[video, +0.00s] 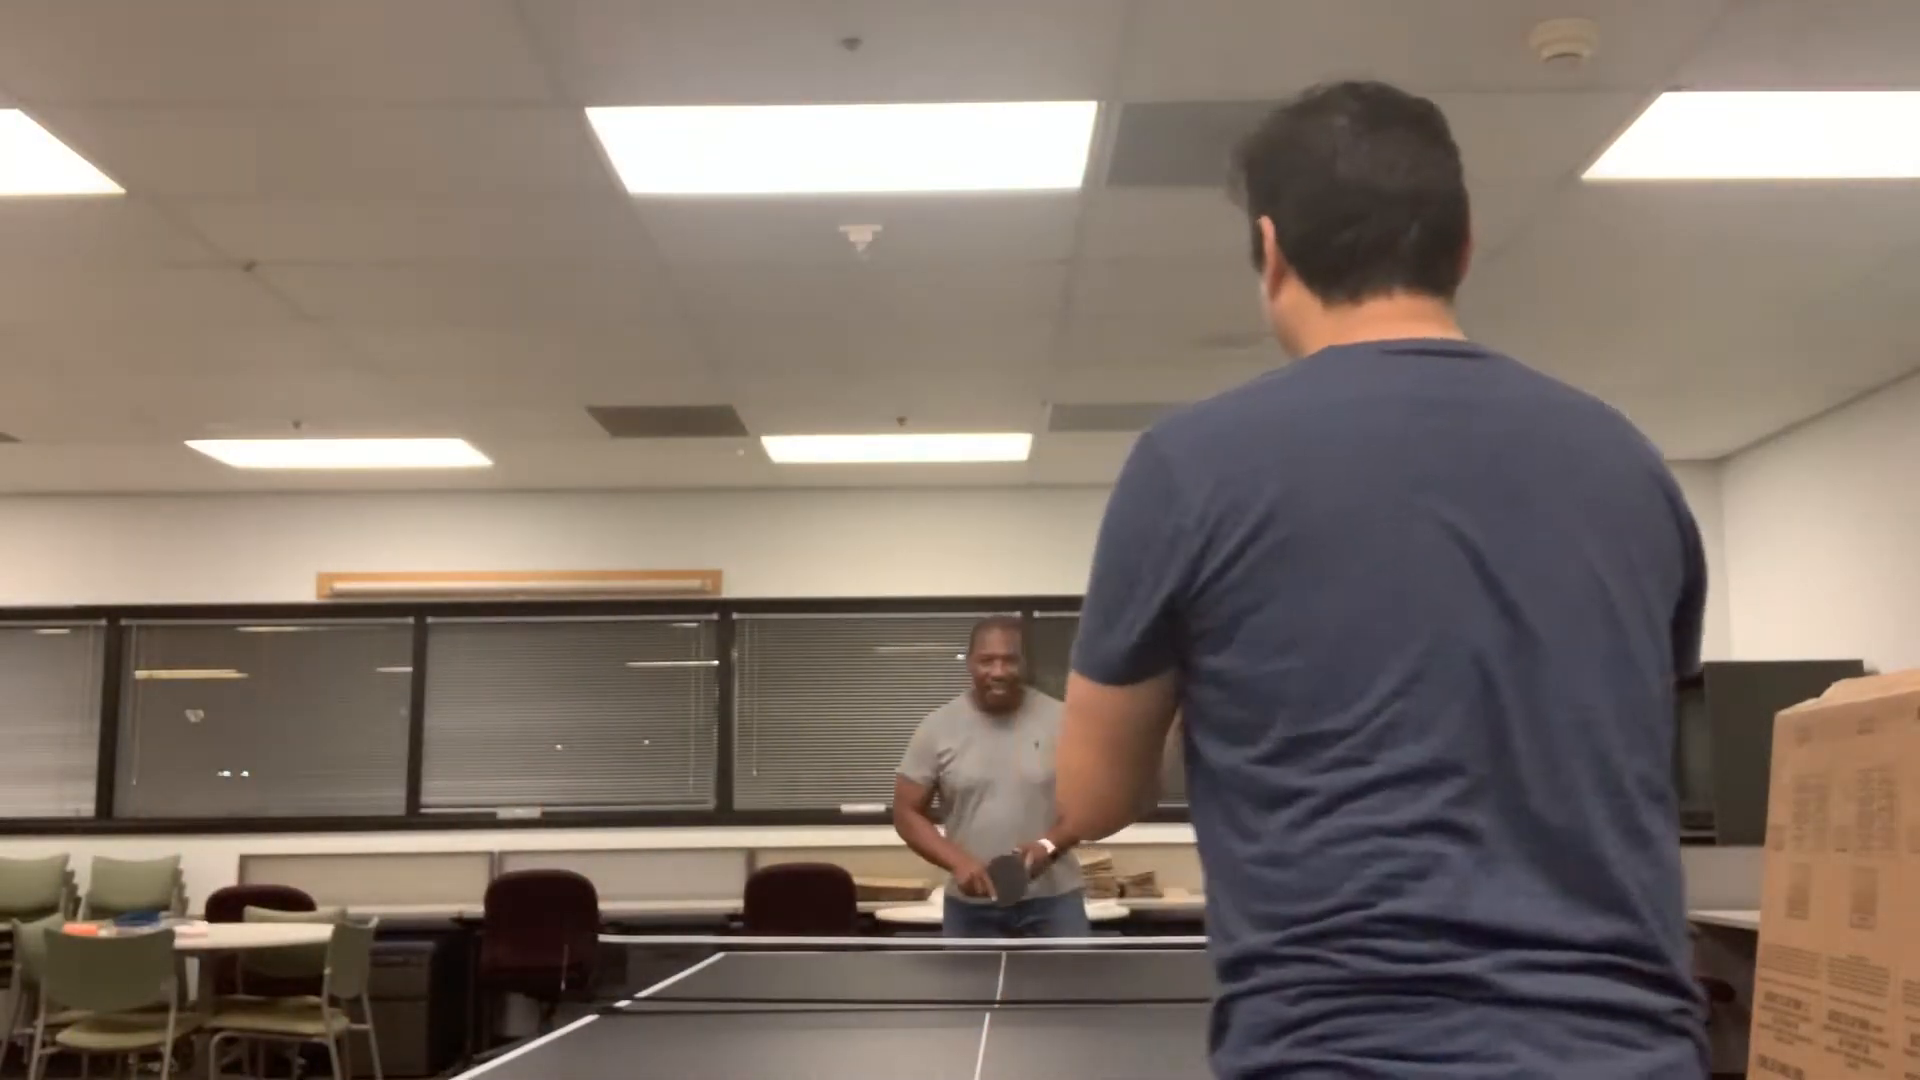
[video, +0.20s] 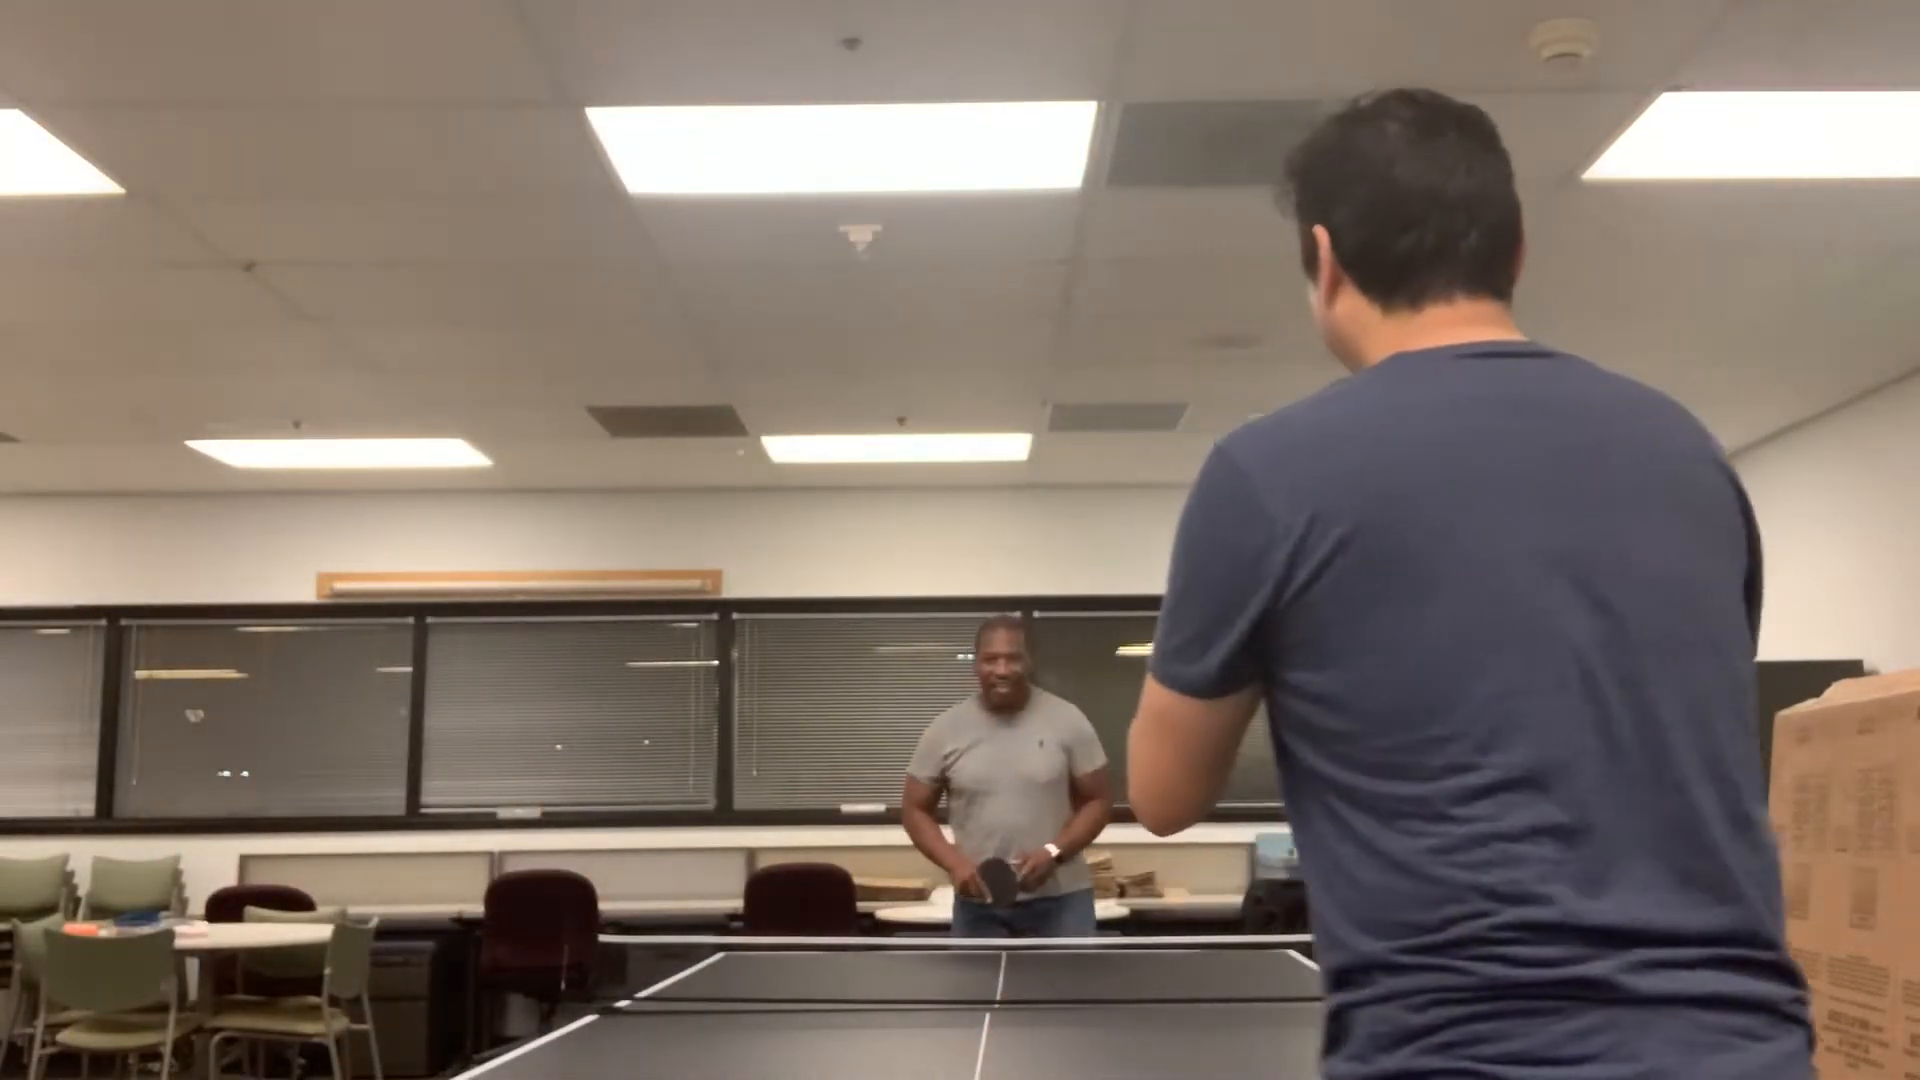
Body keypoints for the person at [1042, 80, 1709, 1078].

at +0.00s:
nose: (1251, 284)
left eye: (1247, 256)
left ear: (1269, 252)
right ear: (1464, 245)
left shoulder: (1194, 461)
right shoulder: (1625, 459)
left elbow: (1092, 798)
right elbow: (1645, 739)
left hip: (1324, 1044)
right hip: (1624, 1045)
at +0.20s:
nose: (1309, 298)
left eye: (1303, 268)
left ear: (1323, 261)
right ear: (1518, 251)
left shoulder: (1271, 470)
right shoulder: (1688, 447)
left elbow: (1164, 795)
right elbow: (1709, 712)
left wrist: (1268, 613)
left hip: (1440, 1045)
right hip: (1739, 1042)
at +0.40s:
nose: (1335, 307)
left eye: (1328, 272)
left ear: (1353, 259)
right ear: (1545, 247)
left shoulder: (1311, 466)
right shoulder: (1716, 440)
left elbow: (1210, 799)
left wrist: (1323, 658)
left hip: (1497, 1047)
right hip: (1793, 1041)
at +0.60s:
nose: (1326, 299)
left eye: (1316, 265)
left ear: (1342, 253)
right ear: (1536, 242)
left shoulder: (1300, 455)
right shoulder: (1697, 428)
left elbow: (1206, 790)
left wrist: (1318, 656)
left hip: (1510, 1050)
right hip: (1804, 1039)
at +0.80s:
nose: (1285, 318)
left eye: (1279, 283)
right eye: (1277, 288)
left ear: (1307, 275)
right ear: (1488, 259)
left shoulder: (1292, 470)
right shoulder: (1653, 434)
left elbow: (1175, 807)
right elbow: (1515, 748)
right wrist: (1207, 751)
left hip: (1544, 1048)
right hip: (1817, 1034)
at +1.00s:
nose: (1262, 400)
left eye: (1257, 358)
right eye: (1256, 364)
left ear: (1297, 346)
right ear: (1447, 327)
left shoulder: (1370, 526)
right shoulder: (1579, 481)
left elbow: (1227, 933)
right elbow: (1487, 843)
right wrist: (1232, 893)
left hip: (1640, 1057)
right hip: (1855, 1030)